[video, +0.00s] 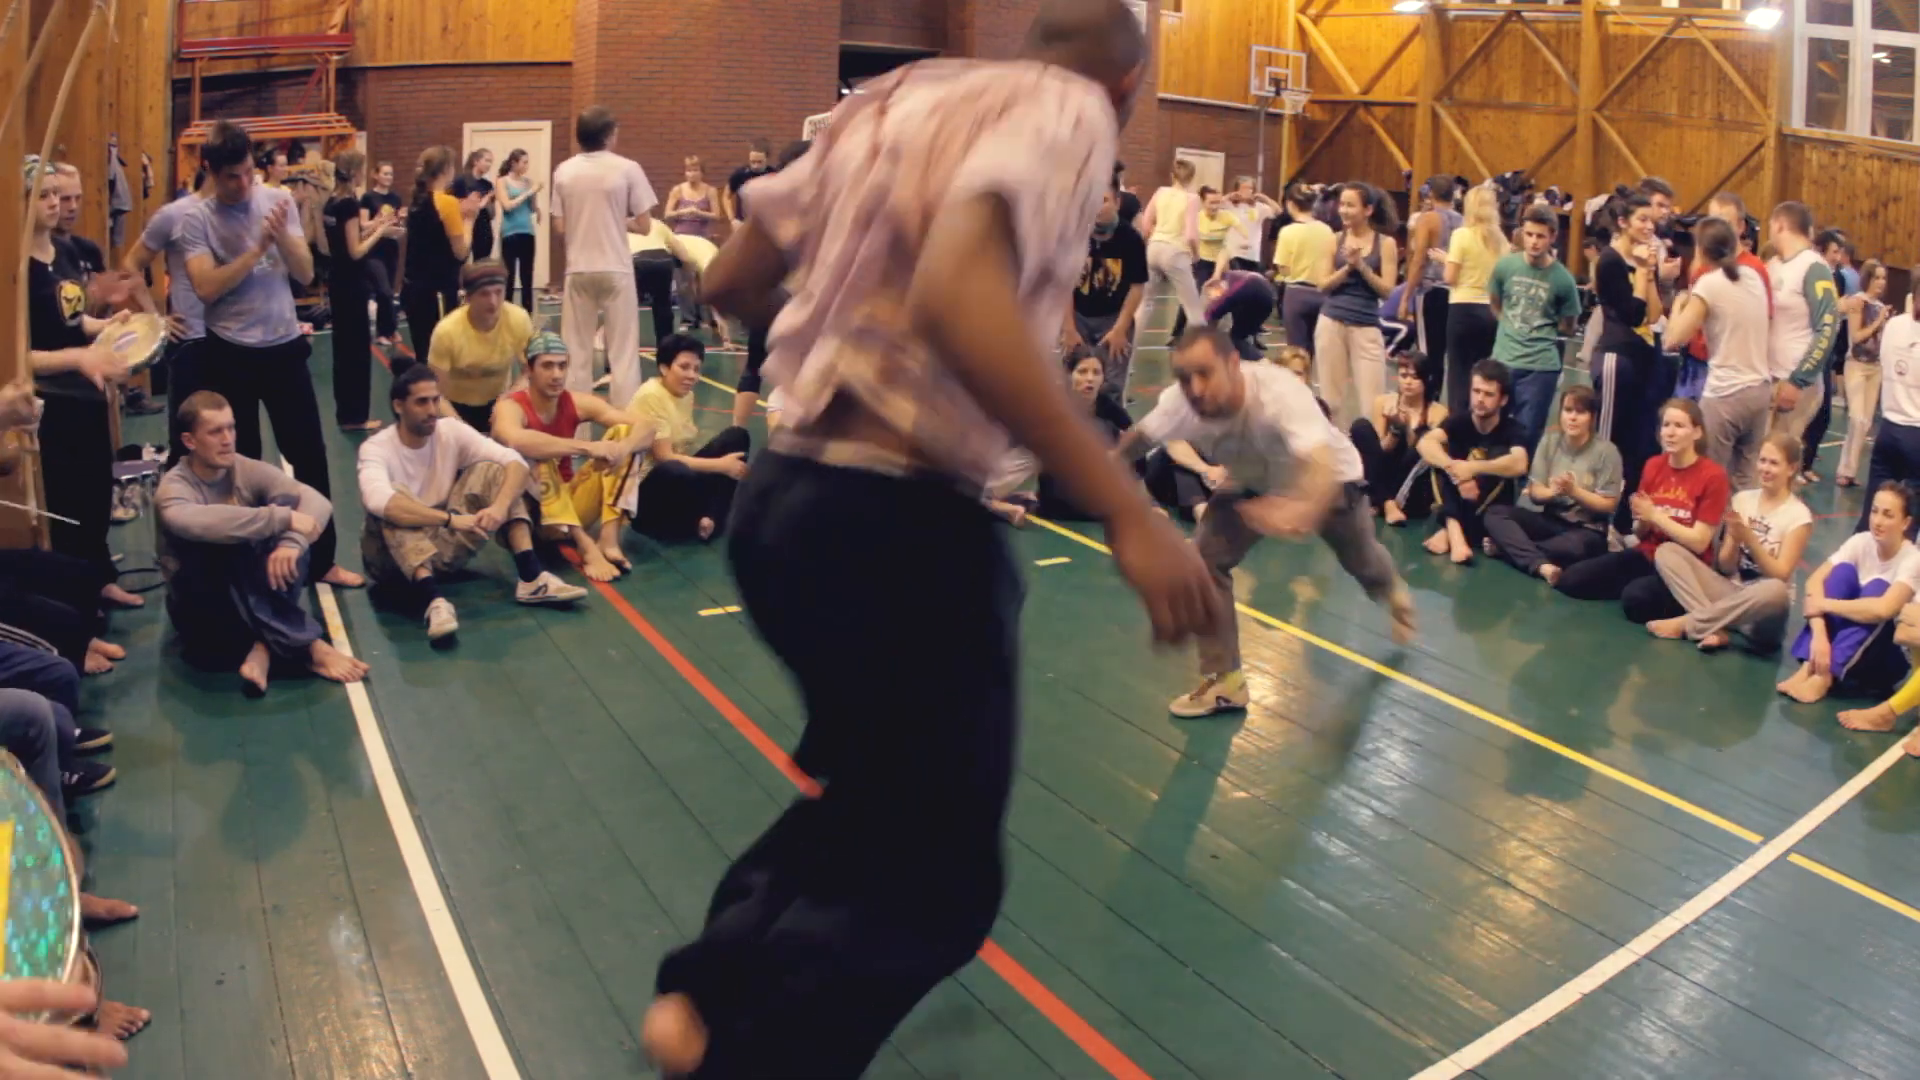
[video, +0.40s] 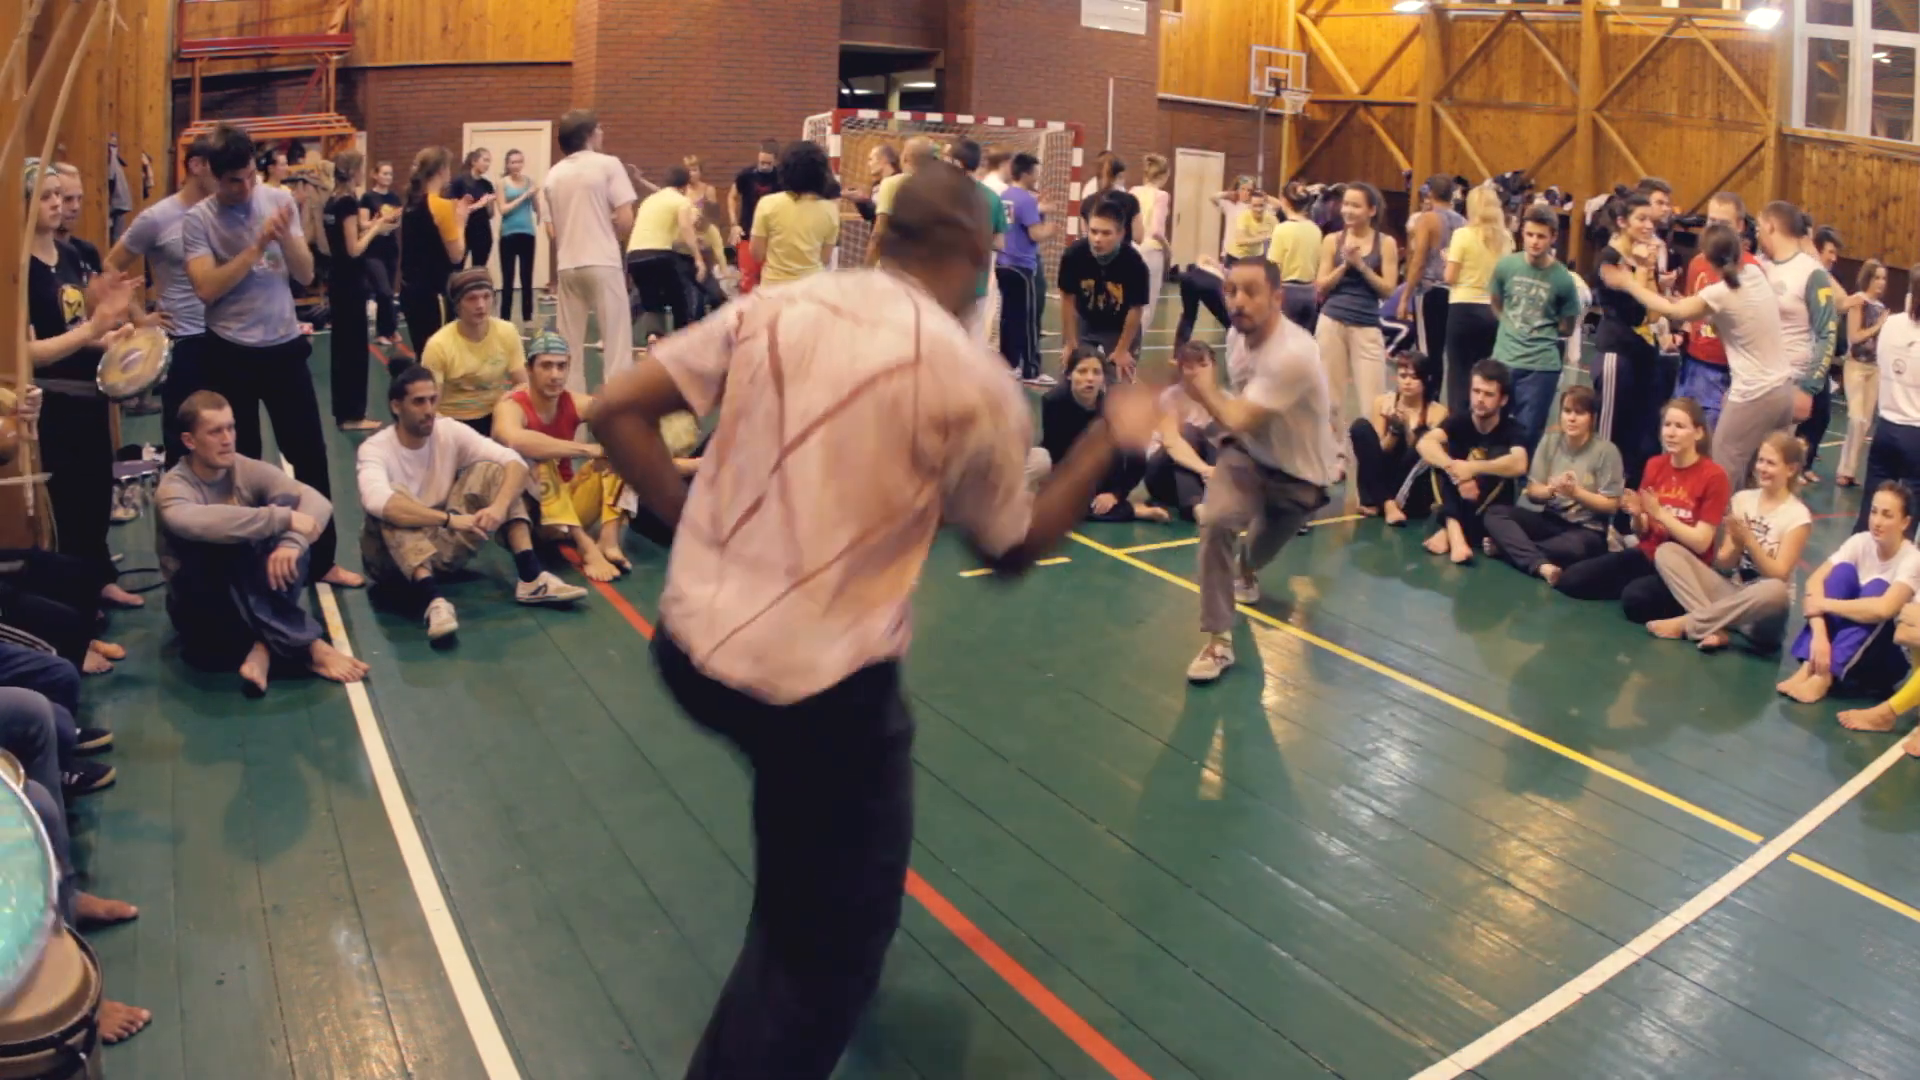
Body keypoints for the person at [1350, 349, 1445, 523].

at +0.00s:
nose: (1408, 382)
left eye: (1415, 377)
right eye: (1404, 376)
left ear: (1426, 380)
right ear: (1397, 378)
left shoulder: (1438, 412)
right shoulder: (1383, 403)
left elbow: (1422, 454)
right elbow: (1380, 450)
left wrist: (1411, 428)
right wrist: (1395, 429)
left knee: (1421, 451)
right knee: (1360, 426)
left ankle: (1377, 503)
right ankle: (1387, 501)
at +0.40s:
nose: (1407, 382)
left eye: (1414, 377)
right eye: (1403, 376)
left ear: (1426, 380)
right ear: (1396, 378)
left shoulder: (1438, 411)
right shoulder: (1383, 403)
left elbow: (1423, 453)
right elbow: (1380, 449)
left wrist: (1408, 428)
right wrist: (1393, 431)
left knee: (1418, 451)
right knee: (1360, 426)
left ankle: (1374, 501)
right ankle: (1388, 502)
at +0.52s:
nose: (1407, 382)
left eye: (1414, 377)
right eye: (1403, 376)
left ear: (1426, 380)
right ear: (1396, 378)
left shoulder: (1438, 412)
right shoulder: (1382, 404)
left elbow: (1423, 453)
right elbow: (1376, 451)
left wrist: (1409, 428)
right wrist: (1394, 431)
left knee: (1418, 454)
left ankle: (1378, 503)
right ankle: (1389, 503)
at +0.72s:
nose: (1407, 382)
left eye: (1414, 377)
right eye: (1403, 376)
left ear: (1426, 380)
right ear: (1396, 378)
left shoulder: (1437, 413)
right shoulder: (1382, 405)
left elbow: (1434, 453)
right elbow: (1372, 444)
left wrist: (1408, 429)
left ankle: (1396, 504)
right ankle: (1390, 503)